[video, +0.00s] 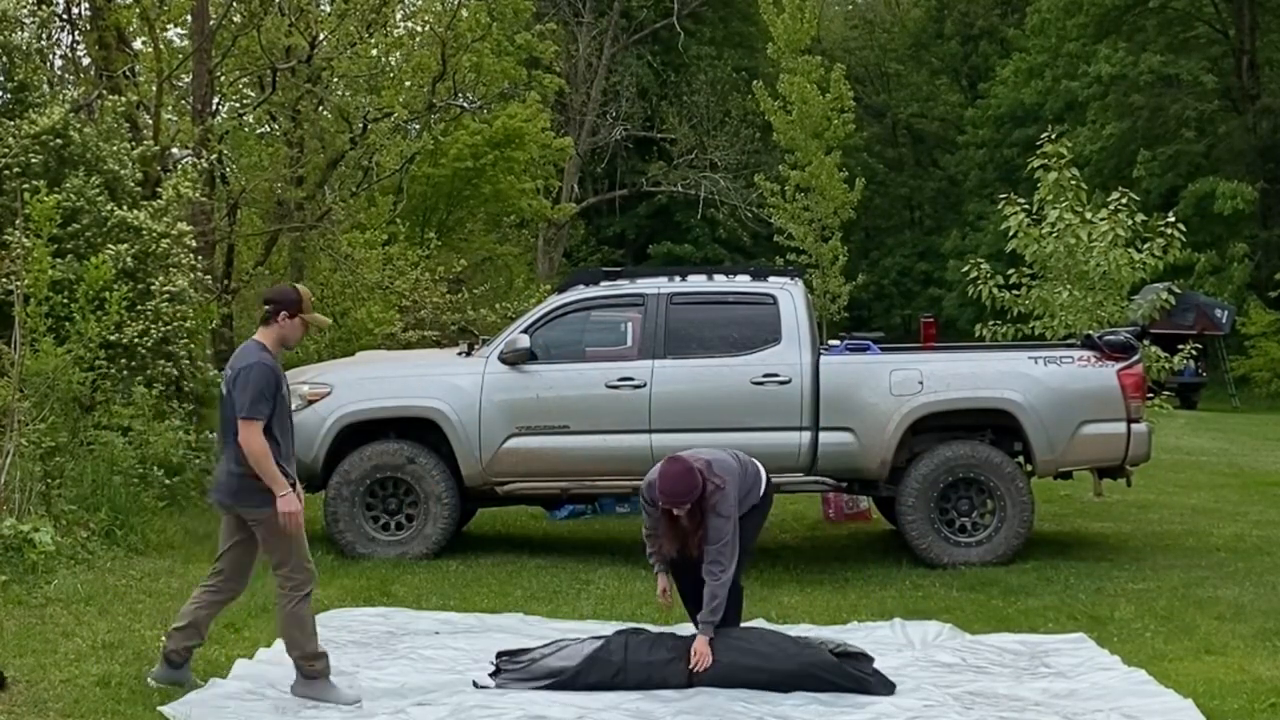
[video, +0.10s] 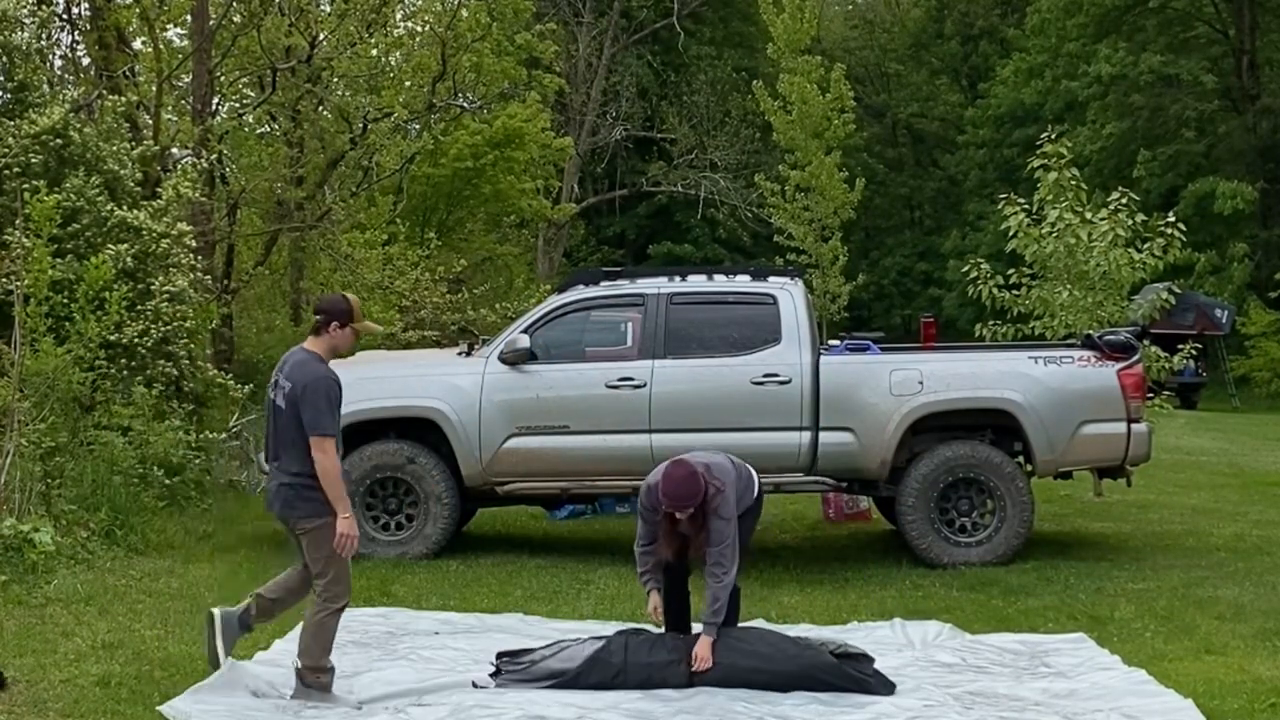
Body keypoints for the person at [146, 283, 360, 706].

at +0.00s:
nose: (304, 332)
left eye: (304, 324)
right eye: (301, 323)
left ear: (275, 319)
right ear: (283, 319)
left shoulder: (248, 356)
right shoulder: (260, 366)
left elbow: (258, 414)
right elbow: (250, 437)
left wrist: (297, 400)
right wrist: (283, 489)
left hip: (239, 492)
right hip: (264, 495)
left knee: (226, 579)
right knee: (297, 580)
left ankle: (172, 663)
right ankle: (312, 676)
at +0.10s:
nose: (355, 341)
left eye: (356, 334)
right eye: (353, 333)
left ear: (326, 327)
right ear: (335, 329)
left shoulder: (293, 361)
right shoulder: (319, 378)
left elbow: (284, 438)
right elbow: (324, 454)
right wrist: (345, 513)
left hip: (288, 494)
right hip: (310, 500)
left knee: (315, 570)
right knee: (333, 591)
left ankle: (237, 621)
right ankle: (313, 685)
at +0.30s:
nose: (417, 341)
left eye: (418, 334)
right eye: (415, 333)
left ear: (392, 328)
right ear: (397, 328)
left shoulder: (369, 365)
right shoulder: (370, 372)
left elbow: (362, 442)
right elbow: (371, 444)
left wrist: (390, 494)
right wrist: (401, 496)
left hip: (377, 497)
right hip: (361, 498)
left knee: (405, 569)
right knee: (345, 590)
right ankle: (313, 682)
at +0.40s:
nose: (454, 337)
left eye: (455, 331)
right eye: (451, 329)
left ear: (433, 325)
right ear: (431, 324)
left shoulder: (429, 371)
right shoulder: (400, 364)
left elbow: (435, 439)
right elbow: (379, 424)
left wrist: (451, 492)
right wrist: (381, 482)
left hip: (427, 496)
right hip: (399, 494)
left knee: (427, 580)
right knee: (395, 580)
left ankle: (427, 664)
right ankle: (335, 663)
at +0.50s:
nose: (475, 339)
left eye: (477, 332)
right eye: (472, 330)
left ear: (457, 325)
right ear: (451, 323)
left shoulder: (455, 376)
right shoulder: (415, 360)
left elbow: (464, 439)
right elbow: (390, 419)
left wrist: (489, 489)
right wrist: (402, 473)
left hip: (432, 482)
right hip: (407, 479)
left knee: (431, 566)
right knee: (441, 560)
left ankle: (427, 656)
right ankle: (389, 645)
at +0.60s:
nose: (473, 337)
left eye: (474, 330)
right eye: (469, 328)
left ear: (449, 324)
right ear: (448, 323)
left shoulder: (444, 369)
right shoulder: (420, 364)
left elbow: (461, 440)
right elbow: (422, 429)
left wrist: (482, 485)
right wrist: (463, 478)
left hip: (442, 496)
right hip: (425, 496)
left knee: (430, 582)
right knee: (426, 583)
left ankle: (429, 664)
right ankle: (411, 678)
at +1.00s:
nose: (439, 343)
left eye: (446, 337)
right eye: (433, 334)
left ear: (455, 335)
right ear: (418, 328)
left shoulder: (447, 367)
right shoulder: (407, 375)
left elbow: (448, 427)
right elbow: (417, 444)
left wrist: (464, 463)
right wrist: (470, 458)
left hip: (448, 496)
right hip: (416, 500)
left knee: (441, 584)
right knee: (414, 587)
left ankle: (429, 663)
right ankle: (407, 678)